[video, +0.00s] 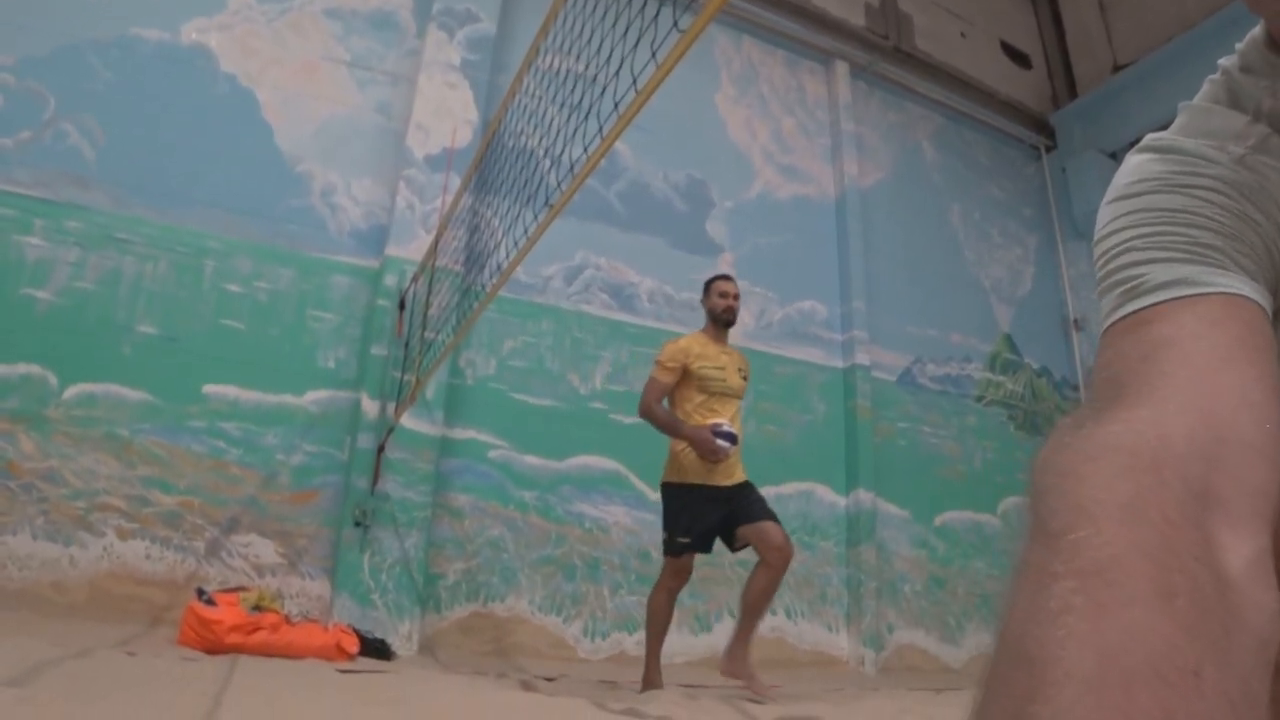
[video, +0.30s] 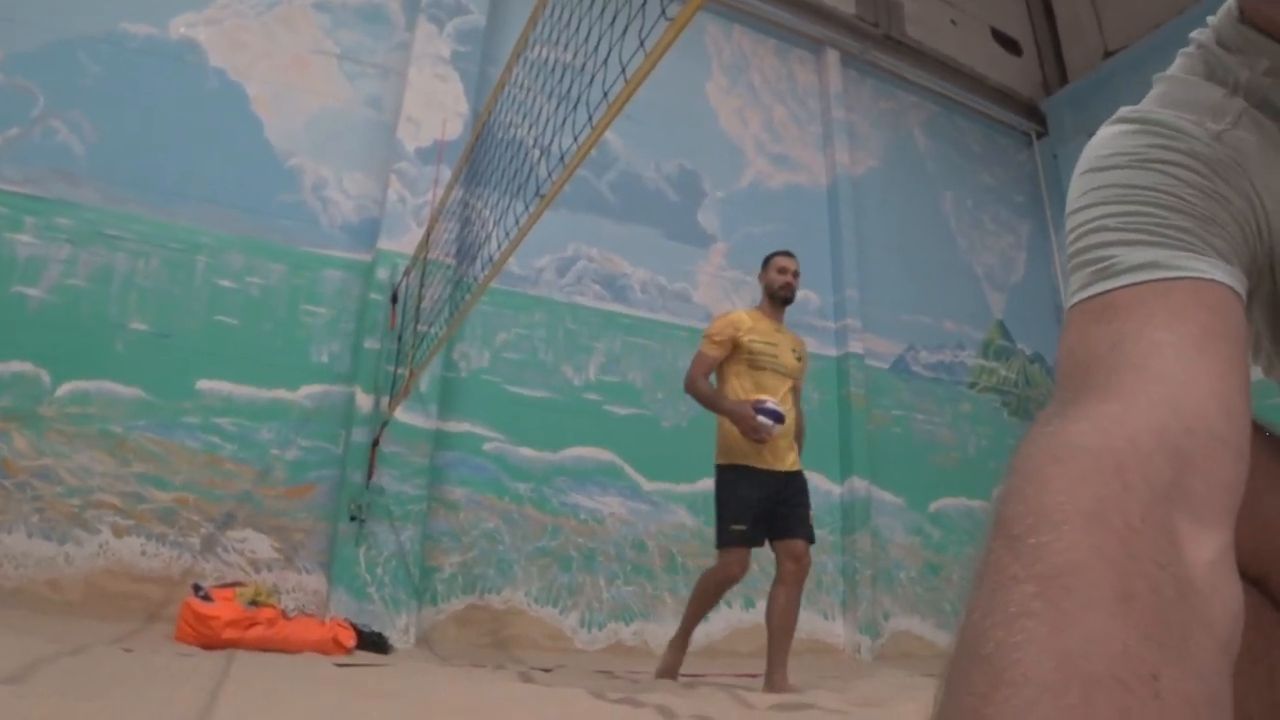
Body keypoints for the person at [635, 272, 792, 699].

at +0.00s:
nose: (730, 303)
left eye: (735, 298)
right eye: (722, 295)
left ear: (739, 307)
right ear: (704, 302)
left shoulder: (739, 362)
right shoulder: (681, 349)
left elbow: (724, 416)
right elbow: (649, 405)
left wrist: (728, 450)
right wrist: (692, 434)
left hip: (731, 483)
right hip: (687, 484)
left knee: (778, 552)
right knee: (674, 575)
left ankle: (737, 655)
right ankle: (652, 674)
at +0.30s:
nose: (789, 280)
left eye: (794, 275)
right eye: (781, 271)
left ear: (798, 286)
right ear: (761, 277)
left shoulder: (796, 346)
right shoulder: (733, 325)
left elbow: (793, 406)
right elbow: (694, 381)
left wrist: (794, 455)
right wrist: (734, 411)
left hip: (785, 468)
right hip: (740, 465)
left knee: (795, 560)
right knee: (732, 565)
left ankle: (776, 679)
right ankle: (678, 644)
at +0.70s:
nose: (840, 254)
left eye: (844, 247)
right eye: (830, 246)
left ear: (850, 256)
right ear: (808, 252)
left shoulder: (860, 317)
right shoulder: (779, 307)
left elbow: (897, 376)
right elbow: (743, 375)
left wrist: (944, 421)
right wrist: (776, 401)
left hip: (834, 452)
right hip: (794, 447)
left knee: (804, 565)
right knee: (841, 538)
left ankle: (776, 680)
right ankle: (857, 682)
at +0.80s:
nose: (849, 243)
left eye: (854, 236)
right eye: (839, 235)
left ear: (859, 244)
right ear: (816, 241)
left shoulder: (873, 307)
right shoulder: (789, 301)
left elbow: (910, 371)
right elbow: (754, 372)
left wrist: (960, 413)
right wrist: (788, 397)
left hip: (854, 448)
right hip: (810, 443)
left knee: (827, 564)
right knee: (856, 546)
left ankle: (786, 674)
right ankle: (855, 685)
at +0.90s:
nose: (860, 229)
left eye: (865, 222)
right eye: (849, 221)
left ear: (870, 229)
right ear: (826, 228)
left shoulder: (885, 292)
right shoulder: (800, 289)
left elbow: (913, 357)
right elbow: (765, 363)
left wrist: (937, 402)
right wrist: (804, 387)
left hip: (875, 437)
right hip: (824, 438)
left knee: (873, 547)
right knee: (848, 551)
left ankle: (820, 649)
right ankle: (827, 653)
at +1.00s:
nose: (871, 215)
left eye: (876, 207)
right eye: (861, 206)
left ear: (882, 214)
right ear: (837, 212)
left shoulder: (897, 279)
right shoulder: (811, 275)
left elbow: (915, 346)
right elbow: (775, 350)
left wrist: (909, 386)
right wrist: (824, 372)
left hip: (891, 427)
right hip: (840, 432)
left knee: (890, 543)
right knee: (863, 551)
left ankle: (849, 631)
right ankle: (853, 680)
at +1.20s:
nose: (911, 191)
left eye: (915, 183)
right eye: (900, 181)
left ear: (917, 195)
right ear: (871, 189)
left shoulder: (929, 264)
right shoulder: (841, 253)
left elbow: (927, 337)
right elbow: (808, 331)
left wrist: (927, 384)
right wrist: (868, 349)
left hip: (935, 420)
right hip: (873, 427)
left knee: (1009, 502)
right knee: (871, 553)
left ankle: (949, 645)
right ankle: (858, 693)